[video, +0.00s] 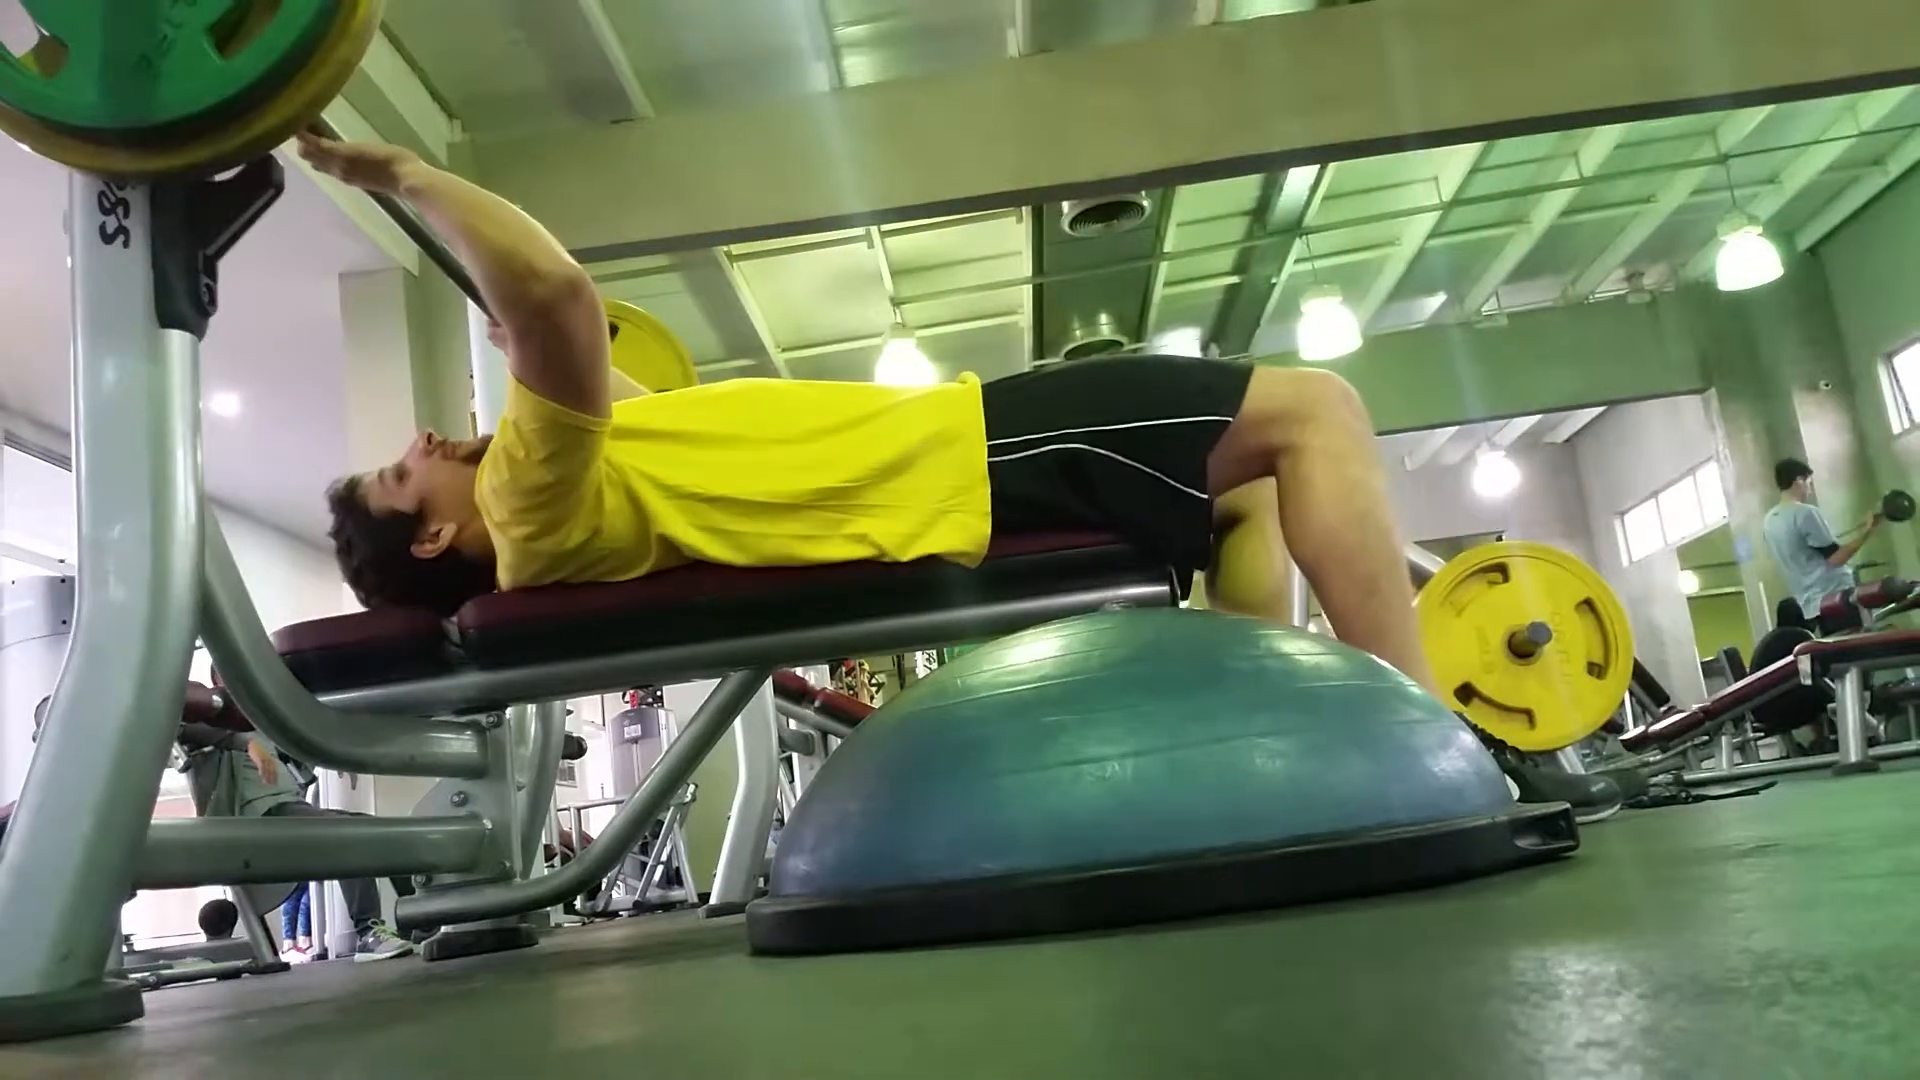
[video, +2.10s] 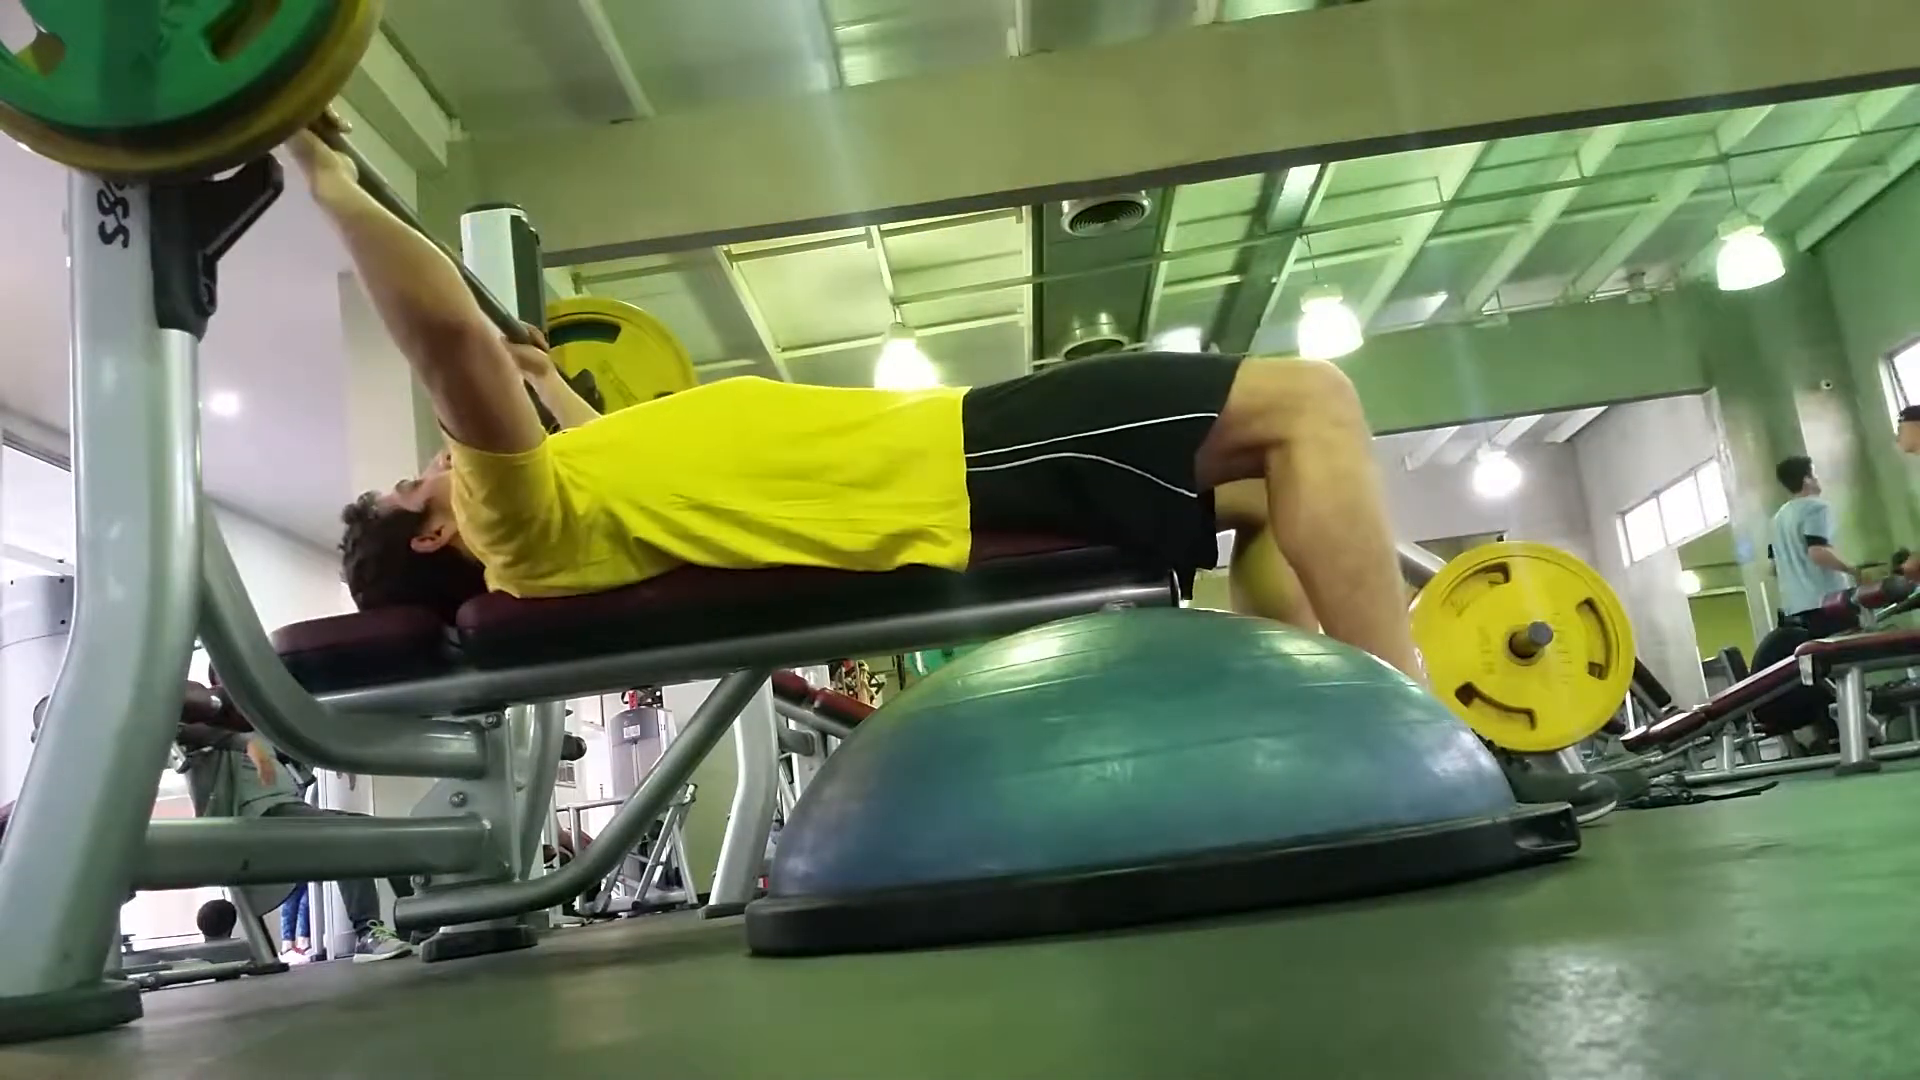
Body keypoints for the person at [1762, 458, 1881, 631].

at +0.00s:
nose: (1811, 489)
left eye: (1811, 482)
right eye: (1809, 482)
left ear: (1782, 484)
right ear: (1797, 481)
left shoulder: (1770, 520)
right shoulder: (1805, 513)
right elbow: (1835, 558)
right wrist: (1867, 531)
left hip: (1810, 608)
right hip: (1837, 601)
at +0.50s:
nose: (1814, 491)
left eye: (1815, 486)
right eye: (1809, 486)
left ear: (1790, 486)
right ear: (1790, 486)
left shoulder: (1770, 522)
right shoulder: (1804, 516)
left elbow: (1777, 564)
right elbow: (1823, 561)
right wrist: (1847, 531)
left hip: (1805, 612)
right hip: (1835, 606)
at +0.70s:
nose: (1812, 492)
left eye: (1813, 487)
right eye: (1806, 487)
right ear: (1787, 486)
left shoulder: (1768, 522)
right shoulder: (1802, 516)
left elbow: (1769, 564)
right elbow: (1811, 564)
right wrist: (1855, 547)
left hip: (1802, 616)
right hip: (1833, 609)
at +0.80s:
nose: (1816, 492)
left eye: (1818, 486)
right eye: (1811, 486)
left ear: (1793, 485)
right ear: (1793, 485)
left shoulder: (1771, 520)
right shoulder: (1805, 513)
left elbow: (1770, 572)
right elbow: (1806, 562)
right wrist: (1851, 558)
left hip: (1802, 616)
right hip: (1832, 609)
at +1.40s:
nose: (1813, 497)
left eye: (1813, 492)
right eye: (1811, 492)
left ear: (1783, 489)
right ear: (1801, 490)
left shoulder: (1766, 520)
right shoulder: (1803, 514)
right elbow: (1825, 559)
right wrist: (1859, 539)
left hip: (1803, 610)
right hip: (1831, 605)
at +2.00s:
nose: (1815, 482)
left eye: (1813, 476)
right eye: (1812, 477)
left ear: (1787, 484)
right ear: (1803, 481)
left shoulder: (1774, 520)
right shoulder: (1809, 508)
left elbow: (1772, 567)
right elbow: (1815, 554)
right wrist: (1856, 558)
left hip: (1799, 612)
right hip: (1831, 606)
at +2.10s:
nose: (1817, 478)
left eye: (1814, 473)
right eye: (1813, 473)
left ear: (1789, 484)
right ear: (1806, 480)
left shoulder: (1778, 517)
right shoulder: (1815, 507)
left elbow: (1774, 565)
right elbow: (1817, 552)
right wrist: (1850, 570)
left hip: (1795, 609)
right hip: (1826, 605)